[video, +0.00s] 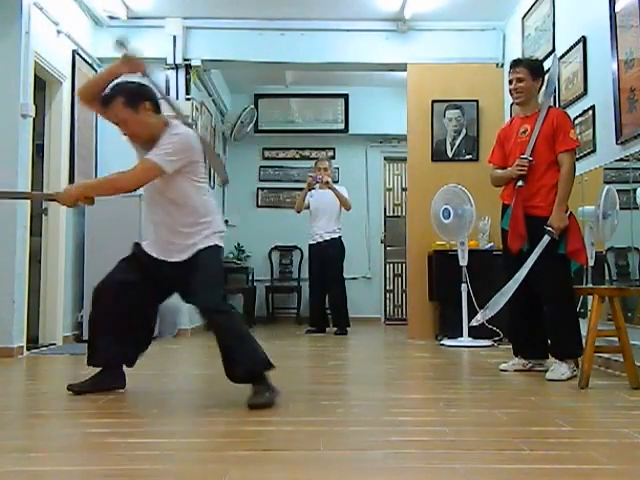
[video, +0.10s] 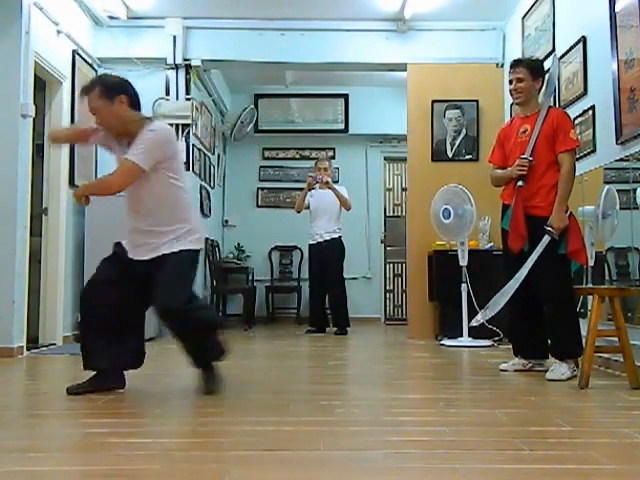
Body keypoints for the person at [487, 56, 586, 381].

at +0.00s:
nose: (514, 86)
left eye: (520, 80)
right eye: (511, 81)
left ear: (538, 83)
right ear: (508, 87)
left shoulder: (555, 117)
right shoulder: (506, 130)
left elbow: (567, 166)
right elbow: (494, 176)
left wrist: (559, 210)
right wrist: (510, 172)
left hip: (547, 214)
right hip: (514, 215)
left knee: (554, 284)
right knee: (521, 284)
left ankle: (565, 358)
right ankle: (530, 355)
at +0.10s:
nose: (514, 86)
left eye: (520, 80)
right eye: (511, 82)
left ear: (538, 83)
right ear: (509, 87)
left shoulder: (556, 117)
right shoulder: (506, 130)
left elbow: (567, 166)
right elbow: (494, 176)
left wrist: (560, 210)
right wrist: (510, 172)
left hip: (547, 214)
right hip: (514, 215)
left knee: (554, 285)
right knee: (520, 284)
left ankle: (565, 358)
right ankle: (529, 355)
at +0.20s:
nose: (514, 87)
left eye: (520, 81)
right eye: (511, 82)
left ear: (538, 83)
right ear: (509, 87)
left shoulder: (556, 117)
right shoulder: (506, 130)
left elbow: (567, 166)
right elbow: (494, 176)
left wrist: (560, 210)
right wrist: (510, 172)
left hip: (547, 214)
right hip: (514, 216)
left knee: (554, 285)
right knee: (520, 284)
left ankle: (565, 358)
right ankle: (529, 355)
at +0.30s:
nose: (514, 87)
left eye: (520, 81)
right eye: (511, 82)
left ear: (538, 83)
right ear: (509, 87)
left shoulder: (556, 117)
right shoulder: (506, 130)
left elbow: (567, 166)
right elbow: (494, 177)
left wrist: (560, 209)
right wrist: (510, 172)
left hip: (547, 214)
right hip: (514, 215)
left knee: (554, 285)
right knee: (520, 285)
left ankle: (565, 358)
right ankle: (529, 355)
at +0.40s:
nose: (514, 87)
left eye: (520, 81)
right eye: (511, 82)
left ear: (538, 83)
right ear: (509, 87)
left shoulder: (556, 117)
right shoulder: (506, 130)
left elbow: (567, 166)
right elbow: (494, 176)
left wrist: (560, 209)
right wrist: (510, 172)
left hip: (547, 214)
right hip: (514, 215)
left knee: (553, 285)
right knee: (520, 285)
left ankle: (565, 358)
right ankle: (529, 355)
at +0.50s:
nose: (514, 87)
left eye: (520, 81)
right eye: (511, 82)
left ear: (539, 83)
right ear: (509, 87)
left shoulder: (556, 117)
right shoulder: (507, 130)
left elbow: (567, 167)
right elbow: (494, 176)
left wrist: (560, 209)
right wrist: (510, 172)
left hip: (547, 214)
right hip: (515, 215)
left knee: (554, 285)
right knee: (521, 285)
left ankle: (566, 358)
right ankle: (529, 355)